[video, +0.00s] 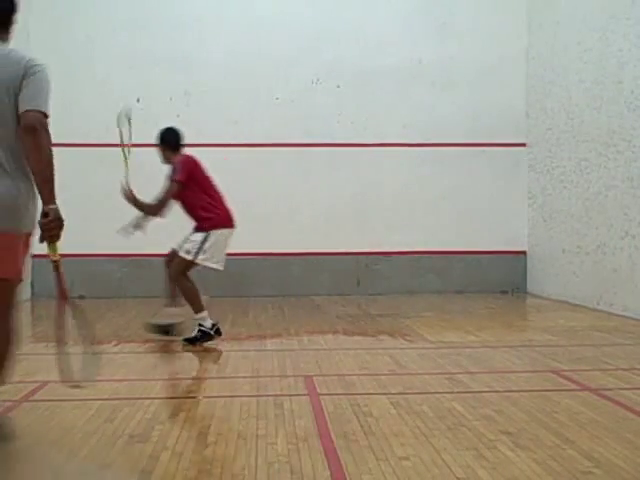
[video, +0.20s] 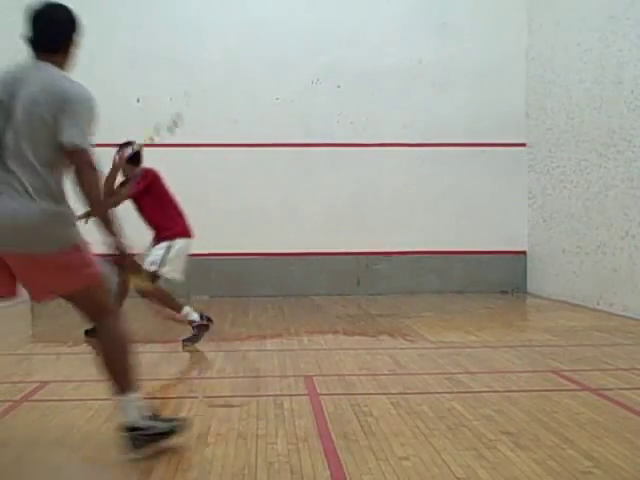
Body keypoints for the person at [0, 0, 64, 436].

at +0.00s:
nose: (12, 22)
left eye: (8, 16)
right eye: (13, 15)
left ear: (3, 21)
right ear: (11, 19)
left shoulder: (24, 68)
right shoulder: (24, 67)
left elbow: (31, 127)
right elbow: (32, 125)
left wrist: (47, 203)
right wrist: (49, 203)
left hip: (13, 213)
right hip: (10, 211)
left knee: (7, 313)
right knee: (4, 312)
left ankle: (2, 413)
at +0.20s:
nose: (75, 46)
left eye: (69, 38)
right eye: (74, 39)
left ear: (33, 38)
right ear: (69, 42)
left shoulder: (9, 79)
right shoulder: (70, 93)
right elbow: (83, 168)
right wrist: (116, 239)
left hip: (2, 223)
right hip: (38, 227)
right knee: (105, 312)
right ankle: (136, 417)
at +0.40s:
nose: (173, 49)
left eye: (163, 40)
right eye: (174, 42)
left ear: (137, 41)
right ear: (174, 45)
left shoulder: (106, 85)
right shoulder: (171, 91)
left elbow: (77, 151)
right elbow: (190, 155)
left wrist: (128, 164)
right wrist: (232, 223)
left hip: (79, 217)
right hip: (135, 220)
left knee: (40, 319)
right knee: (181, 317)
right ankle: (173, 432)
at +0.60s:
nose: (272, 14)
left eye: (266, 9)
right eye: (273, 9)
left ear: (233, 11)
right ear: (269, 11)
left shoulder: (206, 53)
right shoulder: (267, 50)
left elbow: (179, 126)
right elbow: (263, 114)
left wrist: (225, 149)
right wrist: (303, 184)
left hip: (196, 188)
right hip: (243, 189)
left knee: (212, 292)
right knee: (270, 294)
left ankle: (200, 405)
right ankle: (230, 399)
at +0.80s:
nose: (371, 45)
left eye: (364, 36)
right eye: (371, 38)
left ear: (333, 38)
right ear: (367, 40)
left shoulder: (312, 84)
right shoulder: (360, 84)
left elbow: (300, 159)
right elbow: (361, 155)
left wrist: (335, 203)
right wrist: (416, 227)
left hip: (302, 225)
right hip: (346, 227)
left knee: (308, 322)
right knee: (414, 311)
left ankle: (244, 410)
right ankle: (450, 424)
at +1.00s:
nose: (488, 84)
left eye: (483, 75)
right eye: (489, 77)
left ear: (453, 72)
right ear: (486, 78)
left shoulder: (417, 111)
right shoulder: (477, 124)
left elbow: (377, 170)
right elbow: (506, 206)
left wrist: (376, 228)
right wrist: (560, 257)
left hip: (394, 239)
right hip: (437, 240)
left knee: (452, 306)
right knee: (508, 324)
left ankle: (415, 388)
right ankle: (475, 436)